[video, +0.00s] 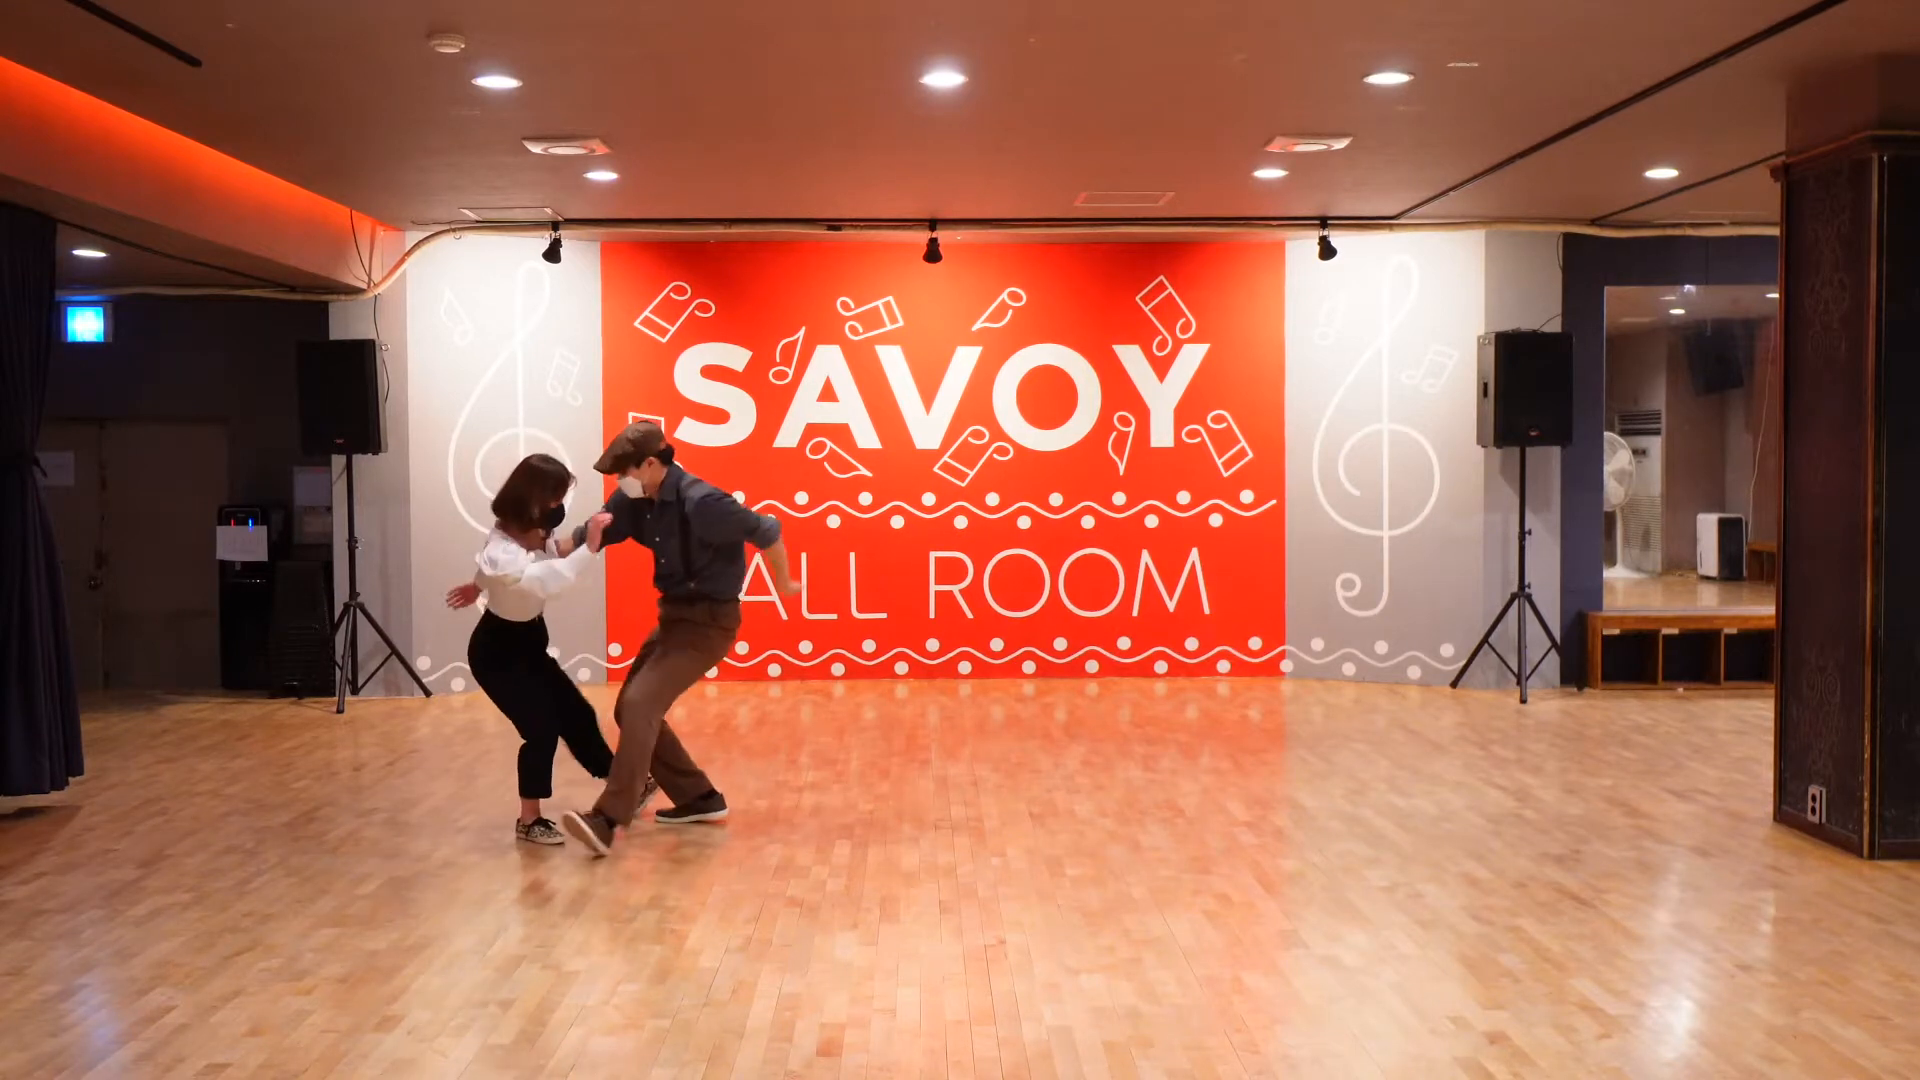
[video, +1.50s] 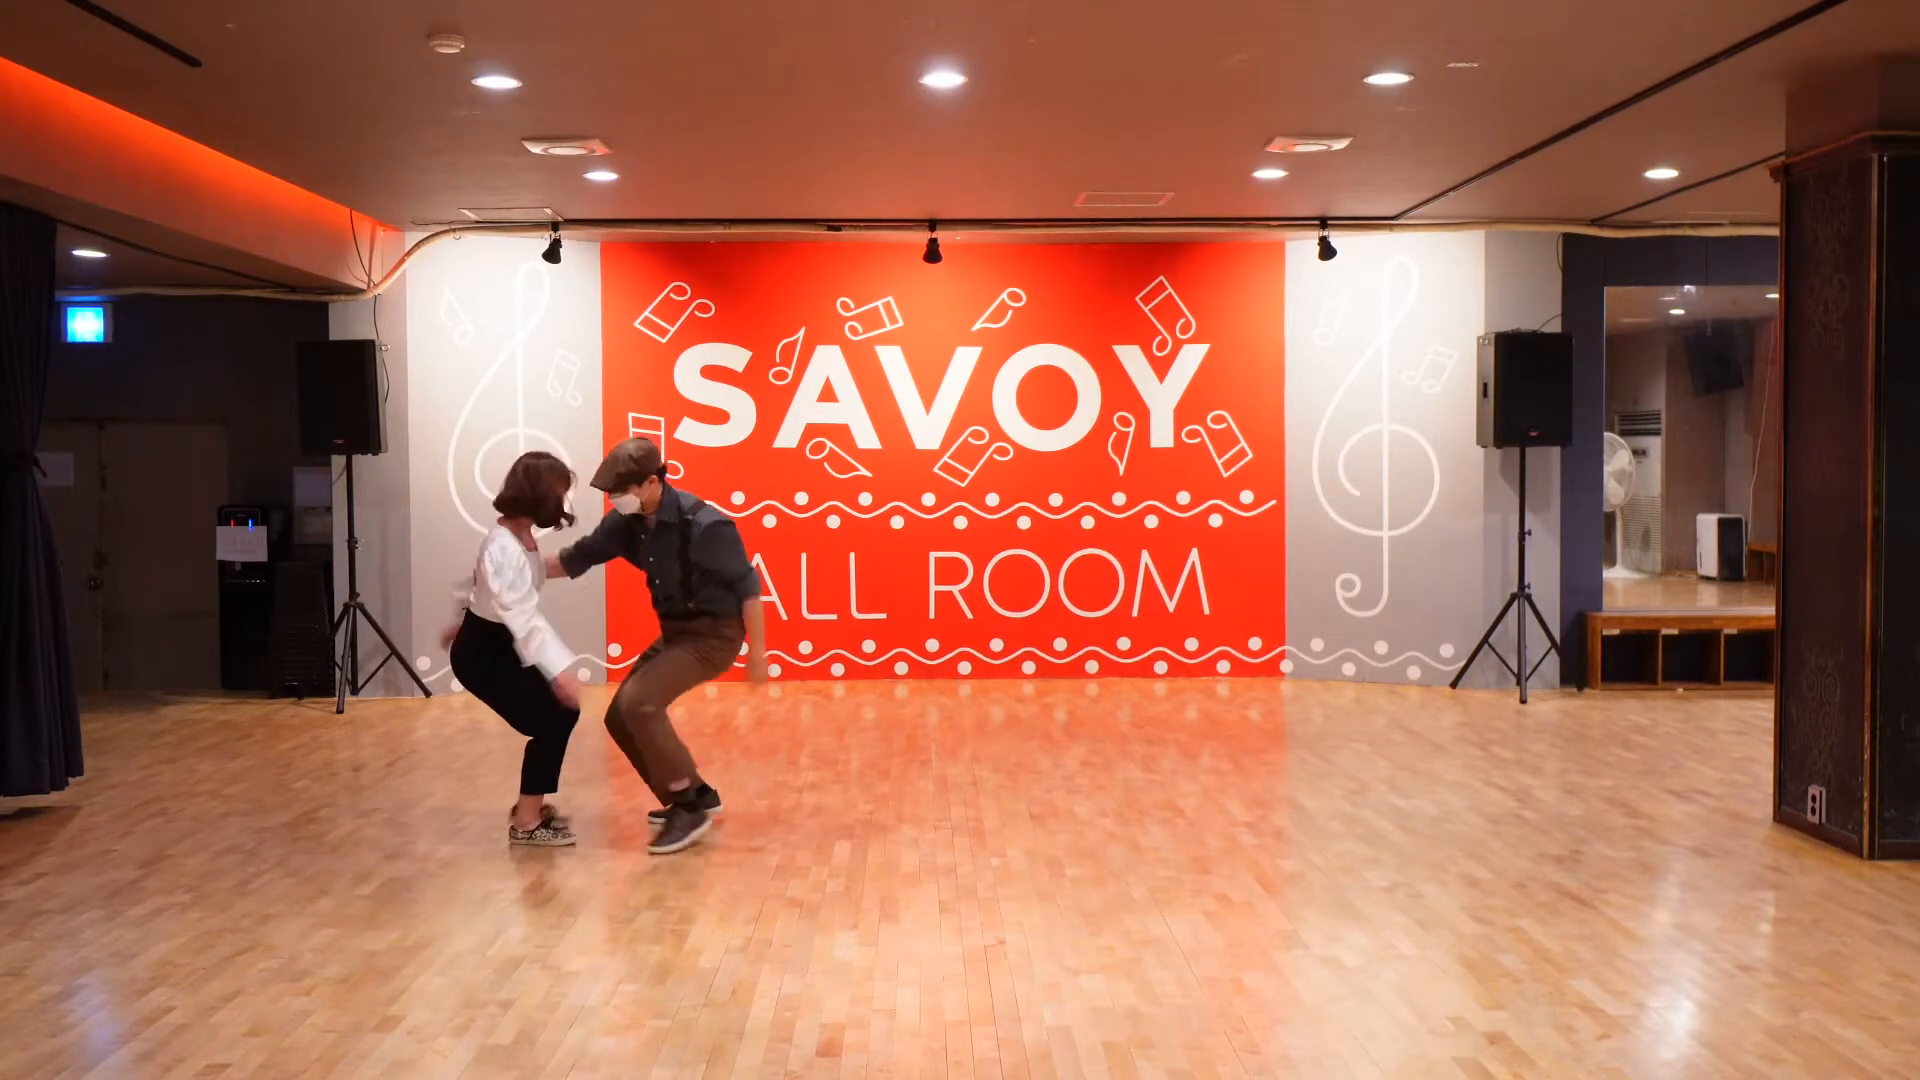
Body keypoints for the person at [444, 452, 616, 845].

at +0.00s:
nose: (560, 508)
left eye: (562, 500)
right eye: (555, 501)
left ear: (526, 499)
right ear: (534, 502)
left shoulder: (533, 534)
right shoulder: (502, 556)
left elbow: (559, 546)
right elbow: (543, 580)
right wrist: (587, 550)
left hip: (529, 647)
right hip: (495, 654)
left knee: (578, 716)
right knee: (540, 727)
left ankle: (623, 783)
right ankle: (529, 820)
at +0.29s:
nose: (572, 500)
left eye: (575, 492)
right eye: (568, 492)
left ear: (540, 489)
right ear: (547, 488)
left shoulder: (549, 534)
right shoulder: (504, 539)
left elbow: (545, 600)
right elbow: (492, 616)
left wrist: (559, 642)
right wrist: (473, 675)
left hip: (530, 639)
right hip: (500, 643)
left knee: (574, 716)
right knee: (551, 722)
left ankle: (541, 807)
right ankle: (531, 817)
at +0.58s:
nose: (577, 509)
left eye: (580, 502)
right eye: (575, 500)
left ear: (550, 494)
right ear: (555, 497)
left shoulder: (552, 540)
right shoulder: (500, 524)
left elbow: (592, 578)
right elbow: (436, 541)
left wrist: (627, 552)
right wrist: (376, 562)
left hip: (522, 643)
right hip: (490, 646)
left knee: (571, 715)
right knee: (551, 726)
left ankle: (537, 808)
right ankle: (622, 802)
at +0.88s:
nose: (583, 509)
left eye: (584, 501)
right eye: (579, 500)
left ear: (547, 498)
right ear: (554, 499)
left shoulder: (548, 542)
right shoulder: (497, 539)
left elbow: (561, 607)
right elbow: (474, 612)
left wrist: (590, 645)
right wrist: (488, 669)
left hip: (525, 640)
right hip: (495, 643)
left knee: (574, 715)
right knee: (554, 721)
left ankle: (540, 810)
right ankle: (527, 822)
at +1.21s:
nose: (566, 519)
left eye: (570, 510)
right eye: (566, 511)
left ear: (520, 490)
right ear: (555, 514)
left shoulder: (496, 531)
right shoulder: (516, 549)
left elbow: (459, 545)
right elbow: (562, 570)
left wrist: (417, 557)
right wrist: (602, 526)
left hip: (497, 646)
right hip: (488, 656)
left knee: (568, 703)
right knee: (555, 723)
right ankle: (527, 823)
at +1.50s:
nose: (564, 502)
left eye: (564, 494)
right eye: (560, 494)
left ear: (524, 491)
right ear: (541, 495)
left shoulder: (521, 536)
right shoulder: (503, 547)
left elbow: (481, 583)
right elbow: (523, 617)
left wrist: (460, 621)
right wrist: (558, 669)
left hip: (498, 645)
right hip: (480, 654)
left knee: (561, 709)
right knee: (550, 721)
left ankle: (531, 806)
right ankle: (527, 821)